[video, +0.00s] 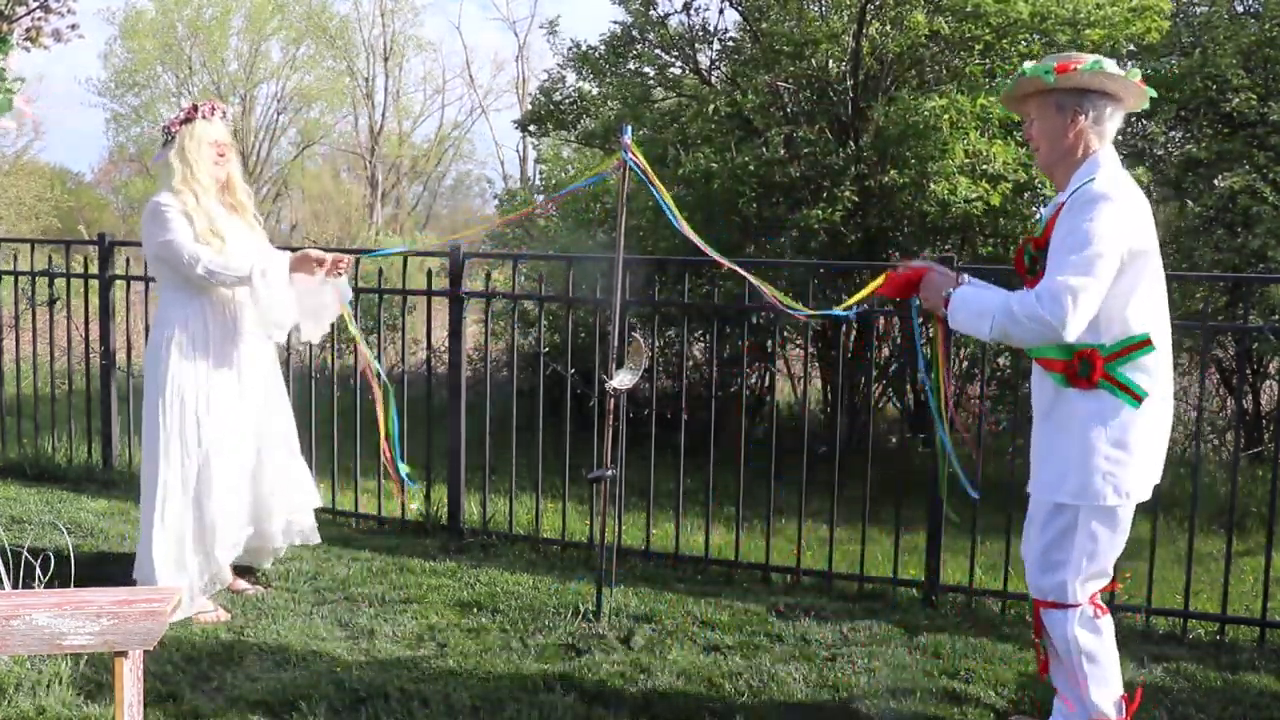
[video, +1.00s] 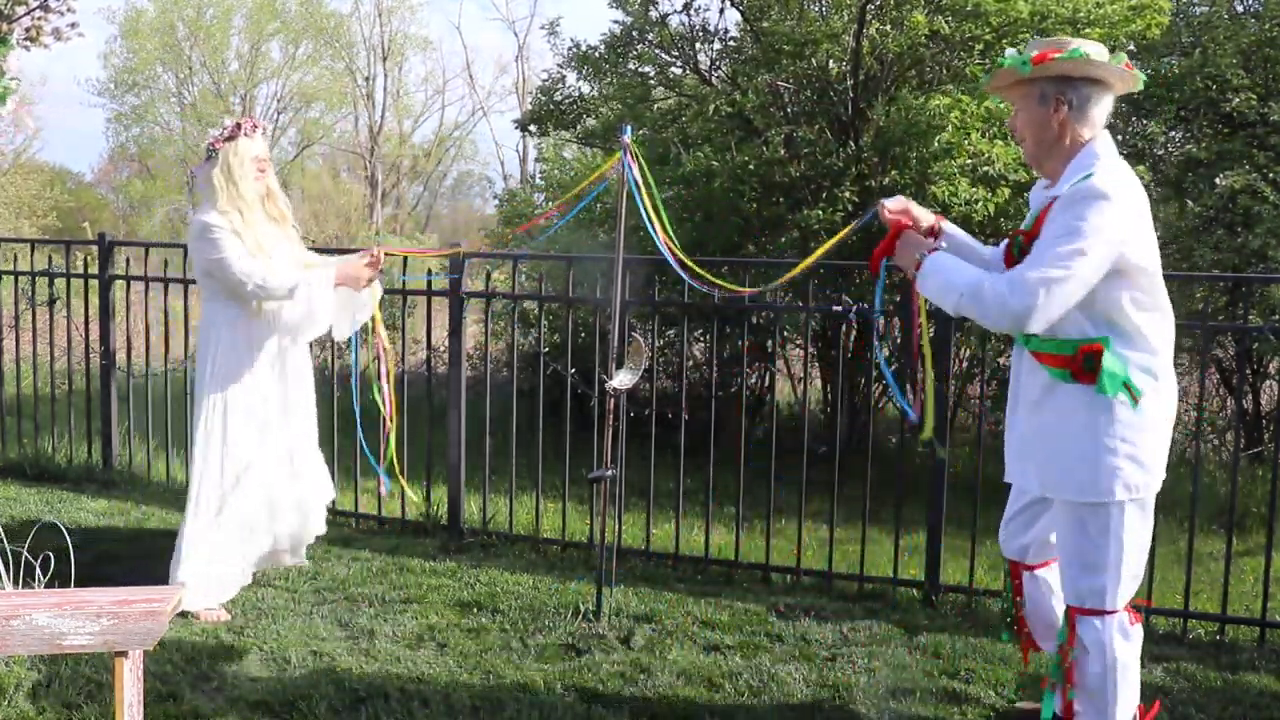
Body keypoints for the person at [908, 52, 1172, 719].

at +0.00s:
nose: (1025, 135)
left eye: (1034, 120)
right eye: (1024, 122)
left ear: (1079, 122)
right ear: (1072, 124)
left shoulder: (1101, 202)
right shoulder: (1077, 201)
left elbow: (1060, 315)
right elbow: (1045, 308)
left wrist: (954, 299)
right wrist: (956, 287)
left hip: (1100, 430)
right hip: (1076, 426)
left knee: (1065, 580)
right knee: (1050, 571)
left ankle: (1092, 710)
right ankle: (1085, 704)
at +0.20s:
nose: (1029, 155)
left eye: (1037, 139)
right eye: (1027, 142)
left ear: (1086, 140)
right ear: (1074, 143)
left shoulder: (1119, 223)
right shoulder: (1074, 222)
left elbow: (1079, 340)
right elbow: (1036, 316)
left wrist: (964, 326)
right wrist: (957, 309)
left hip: (1105, 456)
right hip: (1064, 449)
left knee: (1054, 604)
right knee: (1019, 576)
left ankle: (1093, 712)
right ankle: (1068, 699)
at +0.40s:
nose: (1034, 133)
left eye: (1043, 115)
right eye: (1033, 119)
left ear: (1094, 114)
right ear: (1081, 118)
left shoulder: (1141, 197)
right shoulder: (1054, 203)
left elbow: (1097, 302)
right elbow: (1019, 292)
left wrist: (978, 282)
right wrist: (958, 280)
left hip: (1119, 449)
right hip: (1049, 440)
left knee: (1099, 612)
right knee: (1031, 577)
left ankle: (1103, 716)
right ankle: (1057, 703)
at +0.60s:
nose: (1030, 141)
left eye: (1040, 124)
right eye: (1029, 127)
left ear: (1090, 127)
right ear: (1072, 131)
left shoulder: (1147, 211)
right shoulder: (1046, 218)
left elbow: (1116, 330)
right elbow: (1025, 331)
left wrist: (992, 308)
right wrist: (958, 316)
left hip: (1123, 460)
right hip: (1049, 453)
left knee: (1081, 613)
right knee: (1019, 583)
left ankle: (1102, 713)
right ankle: (1061, 703)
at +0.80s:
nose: (1024, 147)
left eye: (1034, 132)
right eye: (1023, 133)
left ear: (1080, 140)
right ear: (1062, 142)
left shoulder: (1133, 225)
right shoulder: (1047, 224)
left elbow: (1095, 347)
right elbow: (1020, 319)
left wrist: (975, 333)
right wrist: (948, 318)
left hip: (1111, 472)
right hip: (1049, 464)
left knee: (1064, 621)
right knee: (1024, 606)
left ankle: (1096, 713)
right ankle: (1059, 705)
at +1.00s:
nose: (1011, 124)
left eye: (1018, 109)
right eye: (1010, 110)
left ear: (1061, 113)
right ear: (1060, 113)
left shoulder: (1101, 195)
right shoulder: (1062, 191)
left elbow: (1023, 303)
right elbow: (1010, 267)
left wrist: (923, 264)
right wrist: (935, 227)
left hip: (1105, 438)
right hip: (1056, 432)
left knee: (1098, 607)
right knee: (1025, 548)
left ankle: (1103, 714)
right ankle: (1068, 692)